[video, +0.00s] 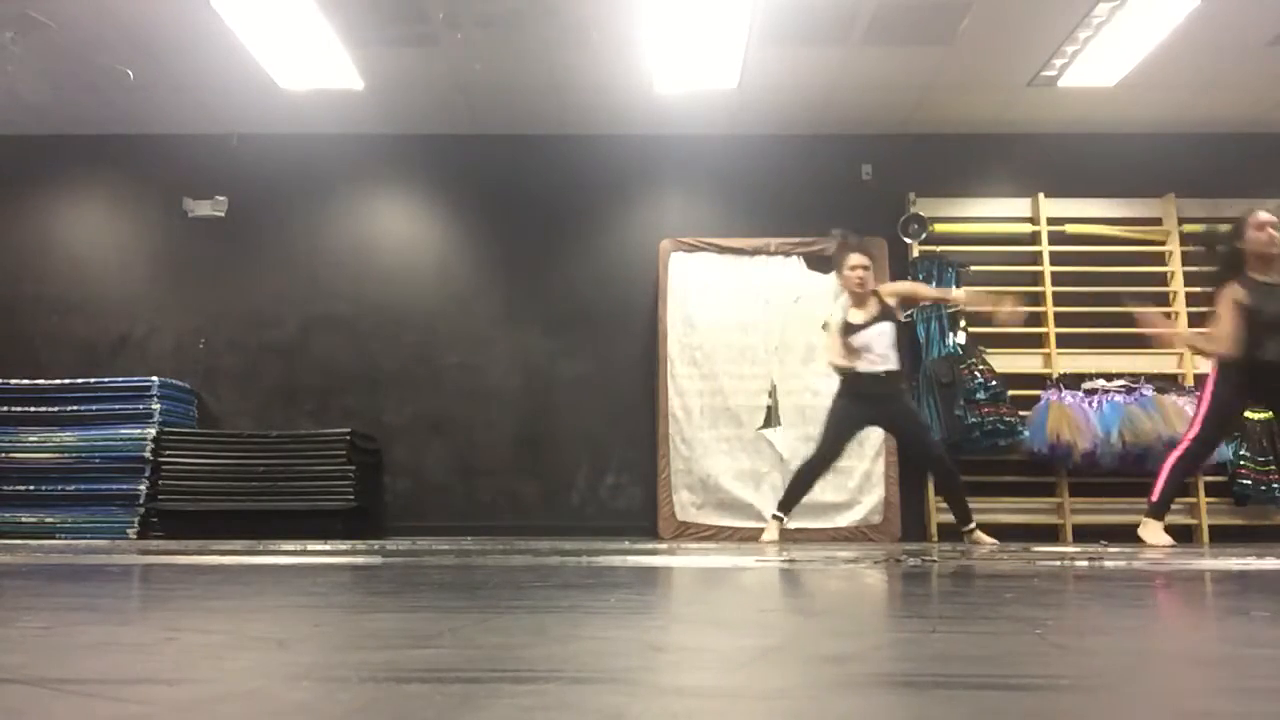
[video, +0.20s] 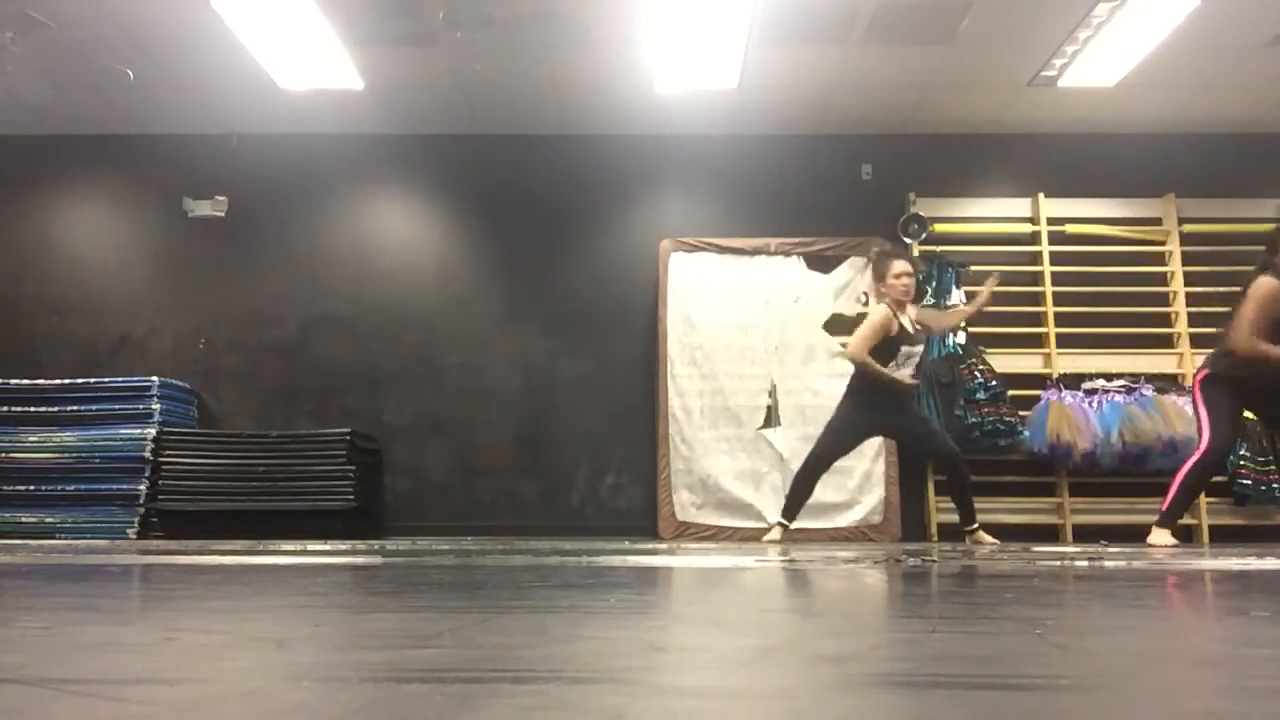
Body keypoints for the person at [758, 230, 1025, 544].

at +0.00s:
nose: (861, 275)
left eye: (866, 269)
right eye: (854, 270)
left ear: (873, 273)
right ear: (841, 276)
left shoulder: (890, 294)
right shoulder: (838, 314)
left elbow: (943, 294)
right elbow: (836, 358)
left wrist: (996, 302)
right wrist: (851, 362)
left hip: (892, 394)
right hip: (854, 395)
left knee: (936, 455)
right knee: (824, 457)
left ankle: (970, 530)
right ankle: (775, 522)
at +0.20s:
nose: (907, 282)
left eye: (910, 275)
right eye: (899, 276)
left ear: (915, 280)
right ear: (881, 284)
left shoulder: (912, 314)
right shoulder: (882, 316)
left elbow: (944, 321)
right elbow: (855, 352)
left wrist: (977, 305)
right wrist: (894, 377)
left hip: (899, 409)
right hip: (862, 408)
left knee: (951, 455)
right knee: (819, 458)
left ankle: (972, 530)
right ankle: (781, 526)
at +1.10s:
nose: (762, 218)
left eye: (752, 211)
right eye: (759, 212)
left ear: (730, 221)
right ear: (758, 219)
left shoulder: (725, 268)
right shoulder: (769, 250)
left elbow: (687, 309)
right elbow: (768, 198)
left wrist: (655, 339)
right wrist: (758, 155)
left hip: (735, 352)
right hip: (771, 354)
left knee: (744, 421)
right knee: (761, 428)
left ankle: (737, 481)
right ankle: (752, 514)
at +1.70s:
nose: (624, 259)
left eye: (632, 253)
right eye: (624, 253)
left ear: (652, 258)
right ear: (631, 258)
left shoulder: (661, 292)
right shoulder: (640, 295)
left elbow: (676, 344)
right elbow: (629, 347)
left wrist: (680, 394)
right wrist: (602, 373)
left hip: (647, 385)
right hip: (630, 383)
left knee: (606, 444)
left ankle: (624, 525)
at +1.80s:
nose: (611, 259)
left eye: (617, 252)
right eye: (610, 252)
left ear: (639, 256)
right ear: (622, 257)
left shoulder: (652, 287)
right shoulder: (623, 295)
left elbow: (663, 339)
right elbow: (610, 337)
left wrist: (650, 379)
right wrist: (590, 365)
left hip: (638, 380)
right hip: (613, 375)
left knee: (603, 448)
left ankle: (621, 525)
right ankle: (483, 390)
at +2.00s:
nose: (629, 252)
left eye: (634, 247)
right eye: (622, 247)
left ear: (642, 256)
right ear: (610, 256)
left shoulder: (654, 294)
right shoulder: (594, 292)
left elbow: (659, 339)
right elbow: (561, 331)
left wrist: (643, 373)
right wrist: (542, 366)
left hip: (597, 383)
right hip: (567, 361)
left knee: (604, 451)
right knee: (498, 349)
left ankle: (583, 524)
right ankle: (432, 331)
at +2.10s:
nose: (652, 268)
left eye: (652, 262)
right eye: (644, 262)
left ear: (649, 269)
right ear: (625, 270)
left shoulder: (651, 314)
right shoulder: (602, 297)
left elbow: (629, 354)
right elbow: (555, 315)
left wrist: (613, 385)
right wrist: (522, 340)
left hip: (582, 385)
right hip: (553, 364)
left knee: (596, 449)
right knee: (488, 385)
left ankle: (582, 526)